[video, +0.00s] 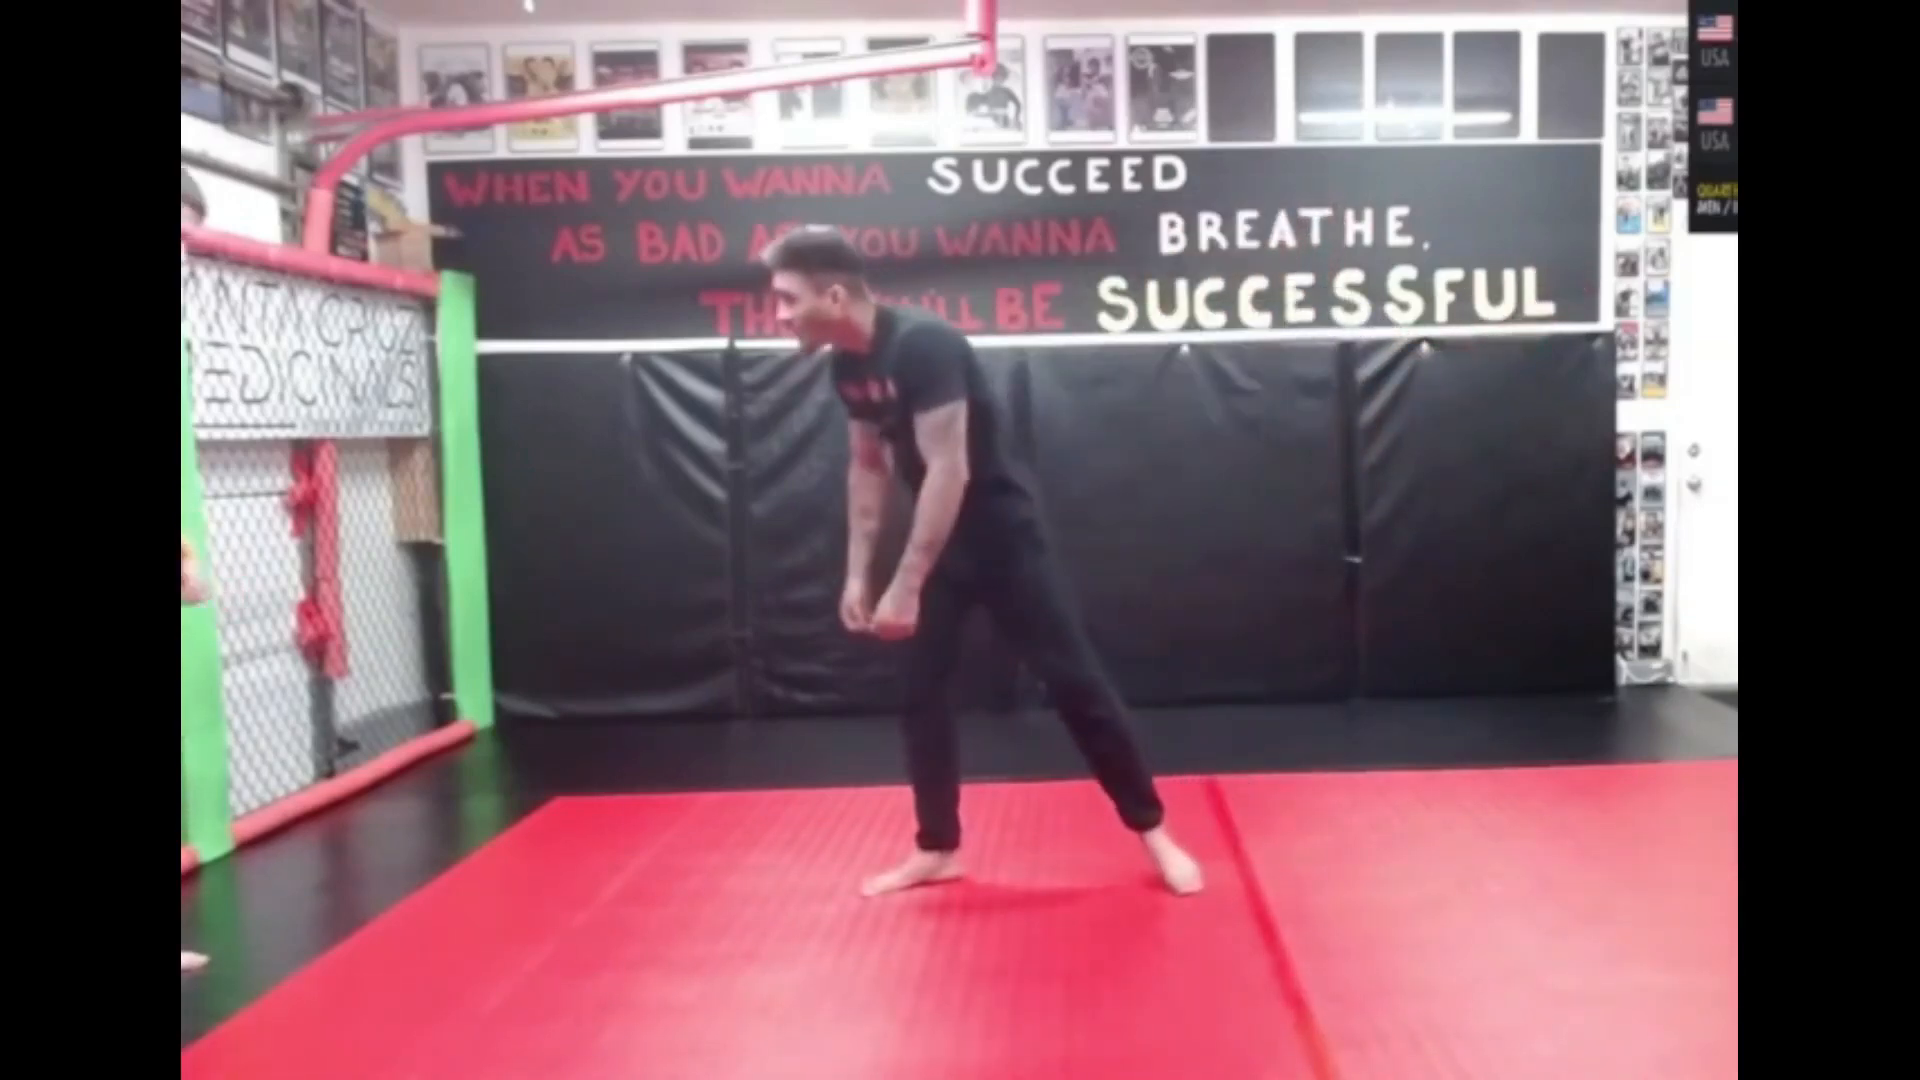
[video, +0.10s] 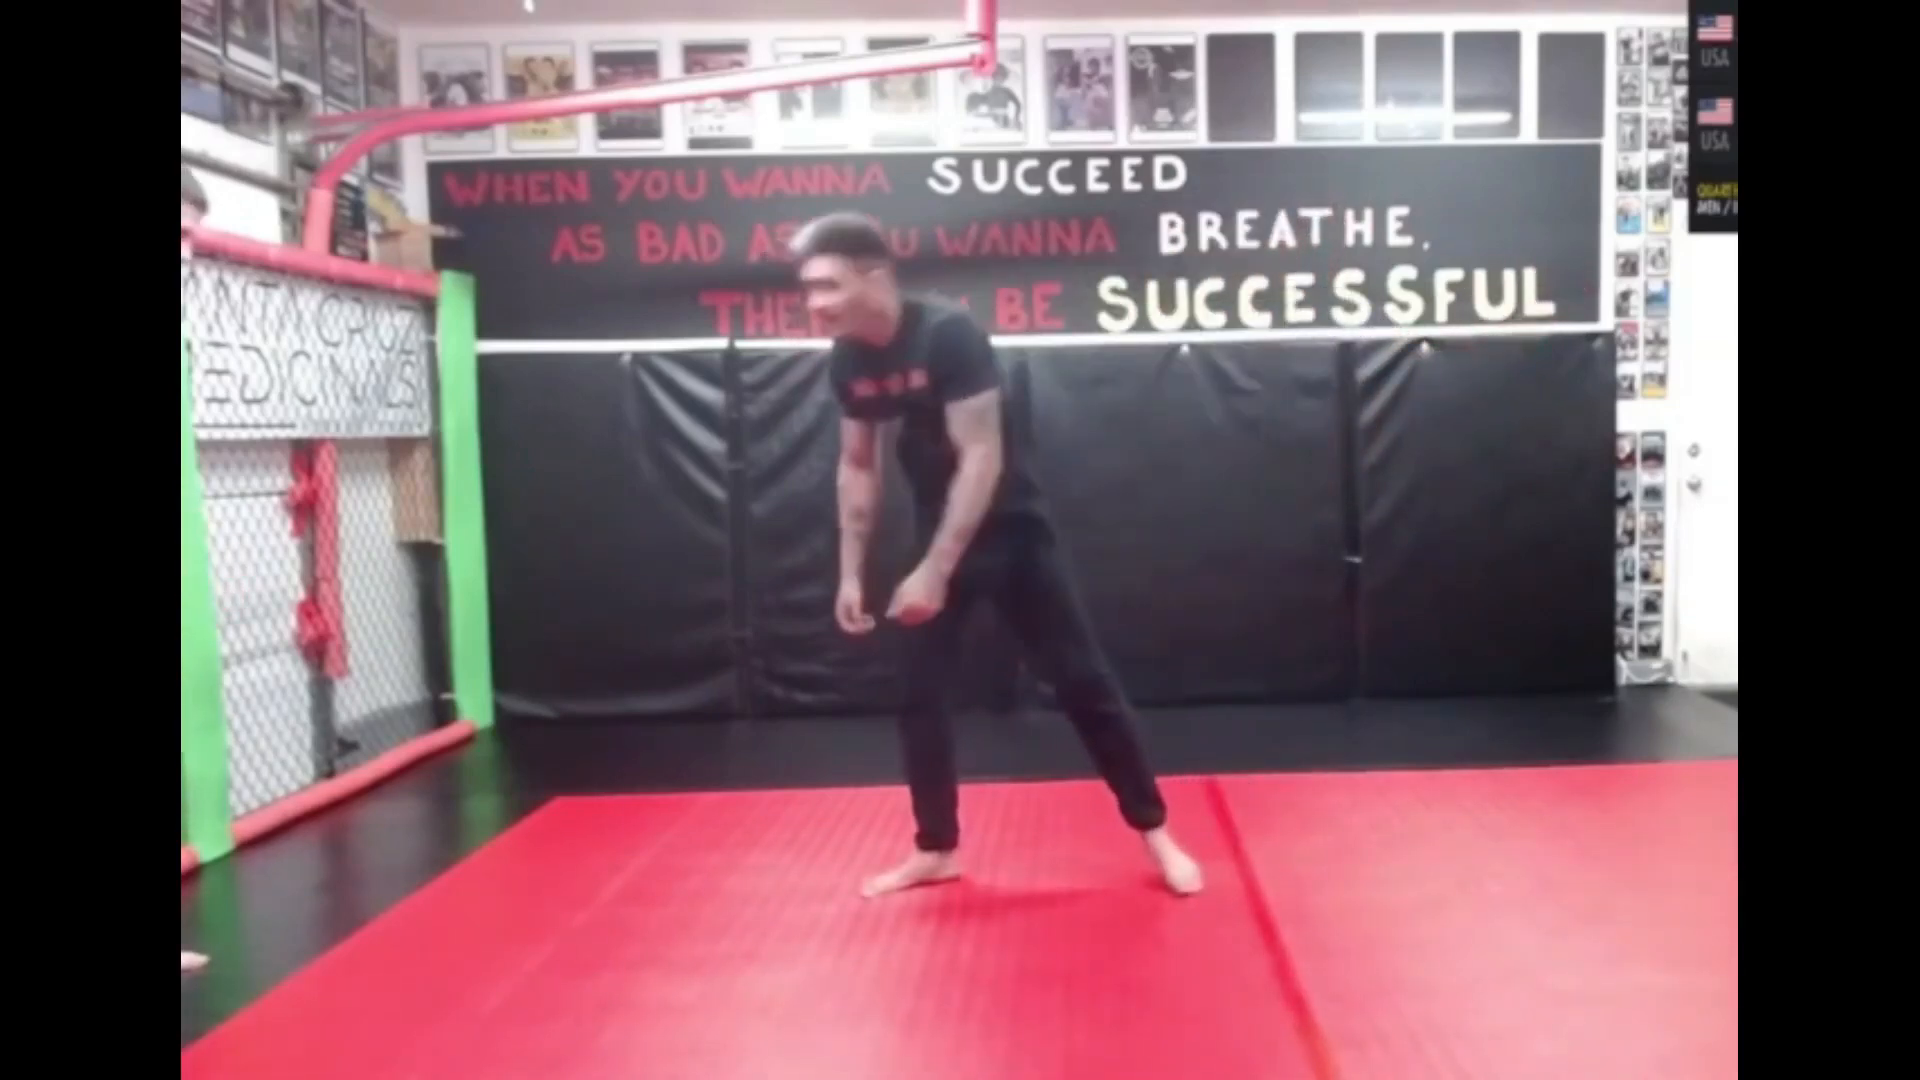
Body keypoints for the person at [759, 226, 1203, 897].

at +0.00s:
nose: (780, 316)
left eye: (788, 300)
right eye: (777, 301)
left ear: (838, 293)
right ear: (828, 298)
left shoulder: (925, 345)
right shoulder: (849, 367)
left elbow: (949, 473)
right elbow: (868, 466)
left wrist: (905, 585)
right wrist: (858, 573)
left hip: (1002, 528)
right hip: (935, 535)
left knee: (1069, 670)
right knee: (922, 683)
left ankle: (1154, 832)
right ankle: (937, 849)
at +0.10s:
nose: (816, 306)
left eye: (828, 287)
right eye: (809, 290)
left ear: (879, 276)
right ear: (807, 291)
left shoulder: (948, 335)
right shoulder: (849, 361)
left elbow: (982, 458)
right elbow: (856, 465)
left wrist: (936, 568)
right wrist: (850, 575)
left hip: (1008, 527)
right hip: (941, 534)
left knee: (1078, 673)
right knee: (919, 687)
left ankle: (1155, 832)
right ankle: (935, 850)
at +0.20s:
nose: (841, 297)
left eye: (855, 278)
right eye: (831, 284)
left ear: (902, 267)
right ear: (825, 288)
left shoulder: (963, 332)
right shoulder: (852, 361)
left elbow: (998, 453)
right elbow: (856, 463)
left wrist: (953, 561)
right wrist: (851, 573)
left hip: (1013, 520)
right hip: (939, 529)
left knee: (1083, 673)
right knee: (917, 685)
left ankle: (1154, 833)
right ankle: (935, 848)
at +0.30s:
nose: (913, 276)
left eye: (925, 259)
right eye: (895, 264)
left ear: (954, 256)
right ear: (874, 276)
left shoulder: (998, 324)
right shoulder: (871, 349)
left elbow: (1036, 440)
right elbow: (858, 459)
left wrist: (997, 551)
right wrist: (858, 569)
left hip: (1020, 511)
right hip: (942, 519)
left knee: (1090, 673)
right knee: (922, 683)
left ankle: (1151, 840)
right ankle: (935, 849)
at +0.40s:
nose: (1032, 255)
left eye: (1037, 239)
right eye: (1013, 242)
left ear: (1046, 245)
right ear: (965, 255)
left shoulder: (1064, 319)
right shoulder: (930, 338)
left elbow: (1095, 427)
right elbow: (886, 444)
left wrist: (1081, 540)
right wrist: (883, 563)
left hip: (1057, 525)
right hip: (970, 528)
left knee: (1110, 682)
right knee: (945, 685)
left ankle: (1141, 852)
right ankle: (935, 848)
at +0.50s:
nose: (1124, 235)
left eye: (1125, 222)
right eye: (1106, 224)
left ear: (1126, 232)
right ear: (1057, 237)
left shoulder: (1127, 320)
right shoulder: (1007, 326)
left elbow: (1155, 427)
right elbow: (950, 434)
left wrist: (1168, 531)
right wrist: (938, 556)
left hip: (1108, 540)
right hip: (1020, 543)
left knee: (1136, 695)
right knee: (979, 691)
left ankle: (1142, 858)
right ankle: (931, 839)